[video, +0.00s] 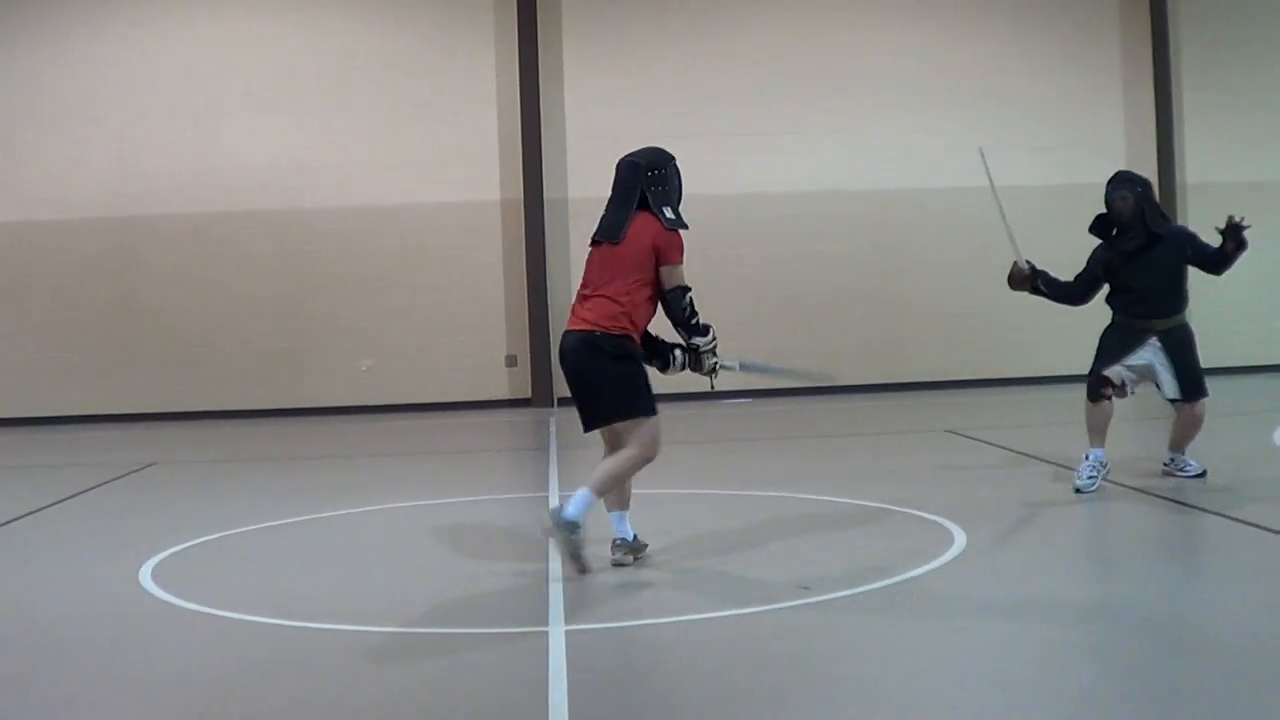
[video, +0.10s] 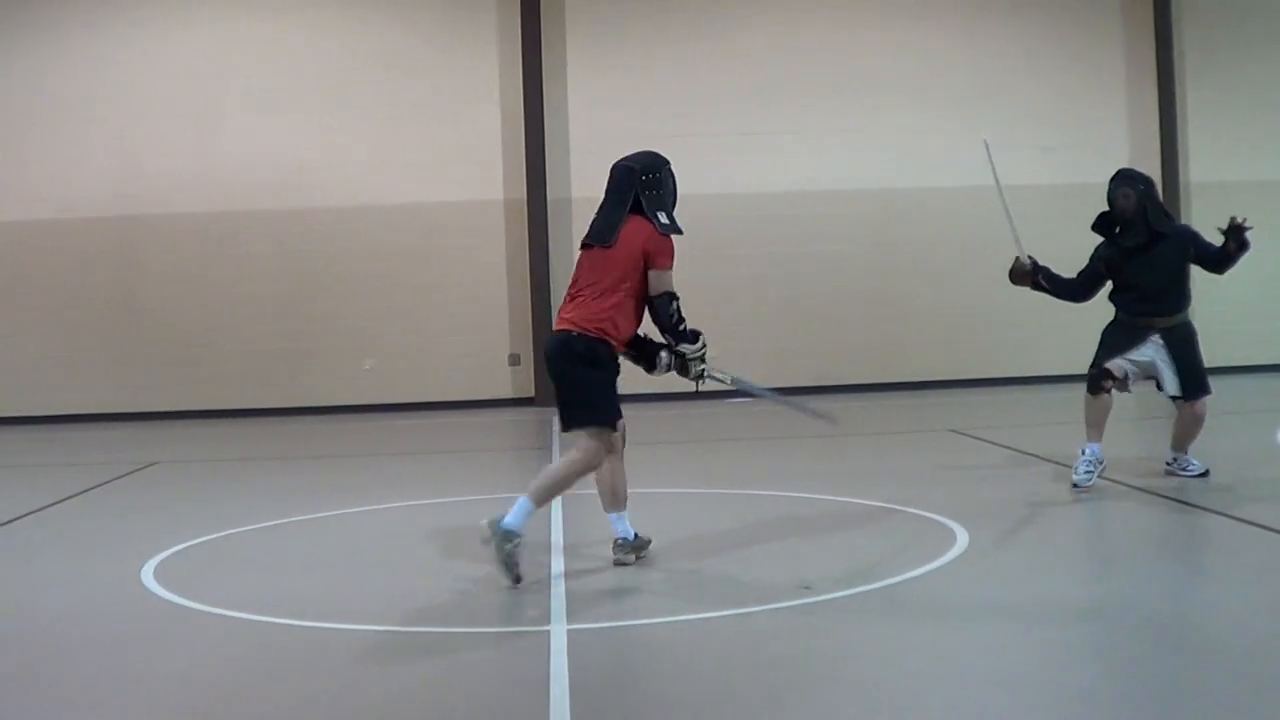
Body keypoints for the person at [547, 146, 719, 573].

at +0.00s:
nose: (675, 191)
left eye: (673, 182)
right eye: (671, 182)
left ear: (628, 185)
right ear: (658, 185)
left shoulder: (610, 227)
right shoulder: (662, 231)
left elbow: (617, 311)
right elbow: (677, 303)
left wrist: (665, 354)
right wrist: (704, 342)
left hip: (578, 343)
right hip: (611, 345)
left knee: (615, 443)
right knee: (644, 445)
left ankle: (623, 538)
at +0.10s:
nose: (668, 197)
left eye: (667, 188)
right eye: (665, 189)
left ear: (623, 190)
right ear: (652, 190)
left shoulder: (601, 230)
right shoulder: (654, 235)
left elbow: (603, 310)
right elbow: (663, 307)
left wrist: (651, 355)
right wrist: (690, 344)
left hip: (568, 343)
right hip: (588, 347)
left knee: (611, 440)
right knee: (591, 450)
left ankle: (624, 537)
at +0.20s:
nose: (663, 206)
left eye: (661, 196)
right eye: (659, 197)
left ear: (616, 198)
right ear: (645, 198)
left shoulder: (591, 238)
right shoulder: (640, 242)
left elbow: (580, 315)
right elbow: (635, 316)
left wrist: (622, 366)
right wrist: (668, 347)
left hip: (555, 350)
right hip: (569, 356)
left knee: (607, 441)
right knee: (543, 456)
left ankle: (625, 538)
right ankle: (468, 541)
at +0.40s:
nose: (648, 233)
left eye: (648, 223)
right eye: (645, 222)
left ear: (604, 219)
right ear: (628, 221)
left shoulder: (576, 257)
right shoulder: (611, 261)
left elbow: (583, 349)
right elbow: (612, 335)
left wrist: (636, 368)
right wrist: (650, 338)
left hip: (545, 376)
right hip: (535, 376)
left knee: (604, 447)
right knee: (519, 481)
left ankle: (630, 539)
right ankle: (445, 564)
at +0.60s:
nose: (660, 216)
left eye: (658, 206)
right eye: (657, 206)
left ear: (612, 204)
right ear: (644, 207)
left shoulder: (586, 247)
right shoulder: (629, 247)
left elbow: (604, 332)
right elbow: (644, 320)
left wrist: (668, 331)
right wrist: (670, 300)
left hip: (567, 369)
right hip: (554, 368)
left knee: (623, 447)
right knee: (534, 475)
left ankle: (635, 543)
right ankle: (452, 552)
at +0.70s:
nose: (668, 213)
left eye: (666, 203)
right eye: (664, 204)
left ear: (618, 207)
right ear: (652, 207)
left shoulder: (596, 250)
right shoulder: (641, 251)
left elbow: (612, 337)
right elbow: (668, 325)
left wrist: (671, 334)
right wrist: (683, 304)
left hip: (580, 372)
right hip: (564, 370)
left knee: (634, 448)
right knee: (563, 478)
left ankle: (630, 544)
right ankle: (470, 541)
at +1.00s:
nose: (691, 207)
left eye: (690, 196)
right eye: (688, 197)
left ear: (640, 195)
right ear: (674, 198)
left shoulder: (613, 238)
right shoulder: (662, 244)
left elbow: (615, 324)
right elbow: (679, 319)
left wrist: (671, 331)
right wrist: (693, 296)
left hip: (578, 355)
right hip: (582, 357)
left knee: (623, 452)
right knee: (610, 457)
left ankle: (614, 544)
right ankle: (563, 565)